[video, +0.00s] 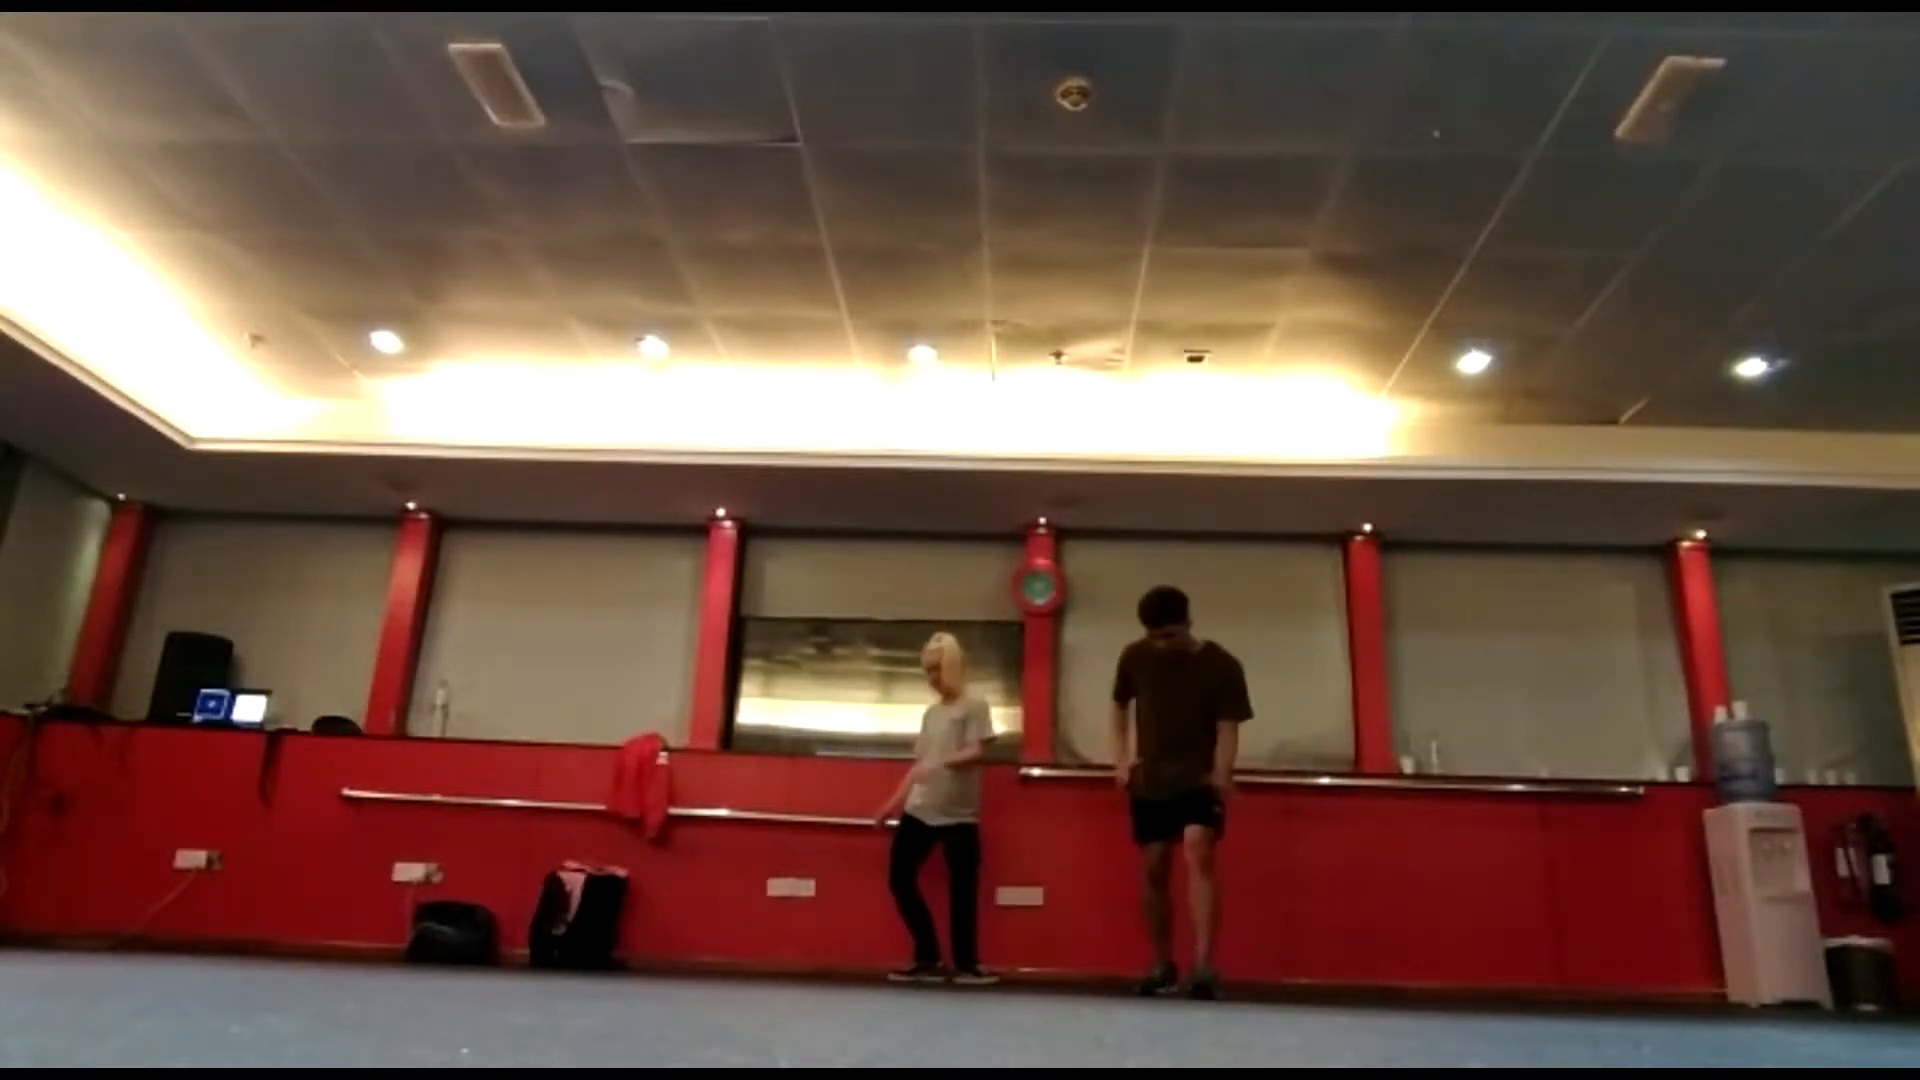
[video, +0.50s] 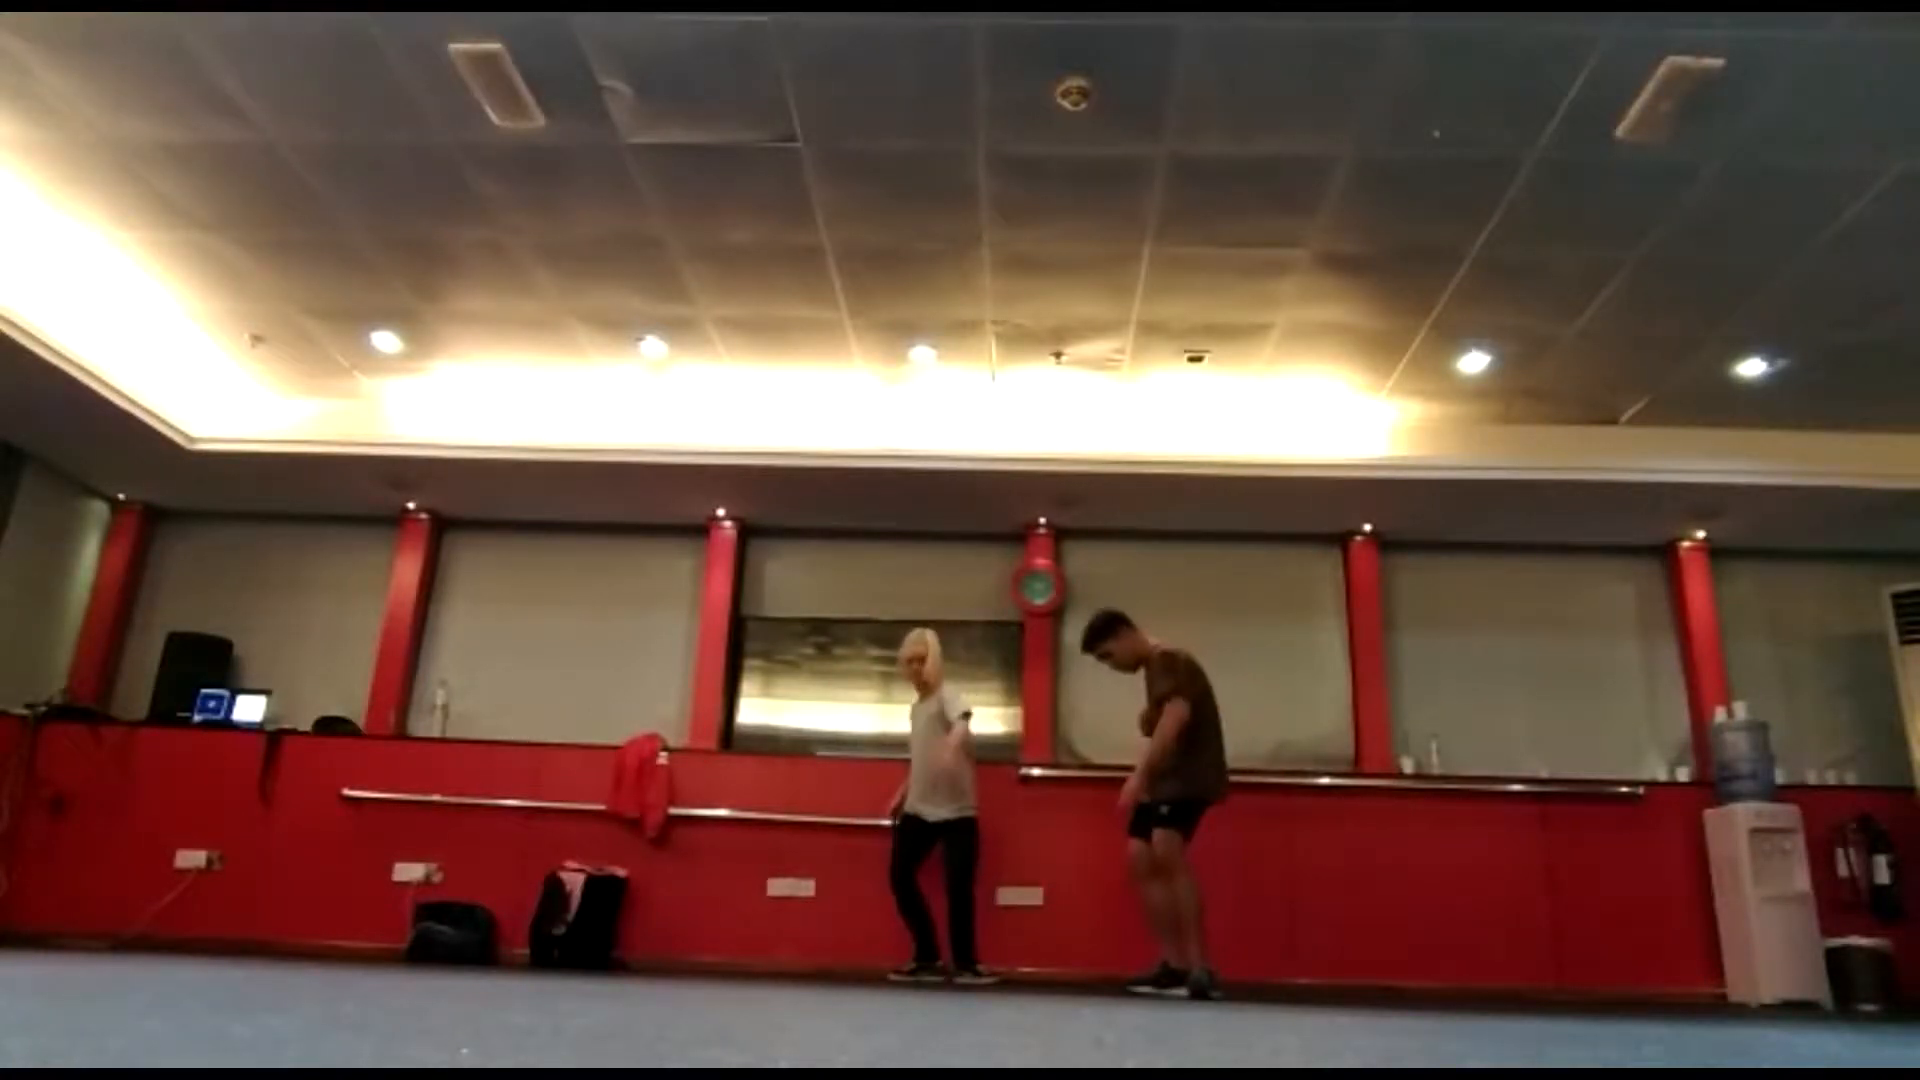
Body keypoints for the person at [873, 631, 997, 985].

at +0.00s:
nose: (930, 677)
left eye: (936, 669)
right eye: (927, 670)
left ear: (954, 667)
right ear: (926, 671)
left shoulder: (974, 707)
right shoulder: (931, 713)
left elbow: (978, 751)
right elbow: (919, 766)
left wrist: (939, 765)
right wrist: (892, 804)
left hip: (959, 817)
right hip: (921, 813)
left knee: (963, 893)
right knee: (901, 879)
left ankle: (964, 963)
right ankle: (927, 958)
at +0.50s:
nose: (914, 670)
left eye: (920, 661)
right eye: (908, 663)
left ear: (935, 661)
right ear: (902, 666)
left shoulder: (949, 699)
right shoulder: (918, 708)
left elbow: (963, 724)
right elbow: (920, 762)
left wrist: (950, 750)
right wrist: (900, 796)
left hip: (956, 811)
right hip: (920, 811)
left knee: (959, 890)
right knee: (901, 876)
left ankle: (964, 962)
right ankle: (926, 957)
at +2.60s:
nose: (964, 668)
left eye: (970, 660)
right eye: (958, 662)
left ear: (985, 662)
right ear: (951, 668)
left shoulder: (998, 708)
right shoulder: (959, 702)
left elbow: (993, 756)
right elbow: (958, 745)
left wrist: (947, 777)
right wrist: (948, 766)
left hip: (985, 811)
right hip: (949, 803)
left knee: (991, 883)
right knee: (913, 862)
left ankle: (977, 958)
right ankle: (911, 946)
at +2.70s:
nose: (958, 661)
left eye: (964, 653)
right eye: (951, 655)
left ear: (978, 654)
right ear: (945, 661)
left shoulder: (994, 698)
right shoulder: (954, 697)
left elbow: (994, 748)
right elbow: (962, 742)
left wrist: (955, 760)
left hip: (987, 802)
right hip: (950, 796)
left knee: (989, 879)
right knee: (912, 850)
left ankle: (977, 957)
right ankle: (910, 935)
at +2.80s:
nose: (951, 654)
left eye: (958, 646)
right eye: (944, 647)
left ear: (971, 649)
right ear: (936, 654)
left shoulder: (988, 688)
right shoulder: (947, 694)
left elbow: (991, 740)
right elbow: (961, 735)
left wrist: (949, 747)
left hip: (983, 796)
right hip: (946, 790)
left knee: (986, 877)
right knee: (913, 849)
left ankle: (976, 955)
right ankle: (912, 935)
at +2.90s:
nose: (951, 656)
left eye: (957, 649)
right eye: (943, 650)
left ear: (969, 652)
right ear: (933, 657)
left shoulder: (985, 687)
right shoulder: (939, 697)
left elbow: (990, 732)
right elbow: (950, 736)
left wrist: (952, 749)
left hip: (978, 799)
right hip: (939, 796)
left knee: (986, 874)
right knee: (915, 861)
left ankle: (977, 957)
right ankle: (911, 947)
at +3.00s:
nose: (940, 672)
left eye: (946, 665)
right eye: (933, 666)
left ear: (960, 668)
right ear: (924, 671)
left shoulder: (974, 703)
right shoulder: (926, 714)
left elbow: (992, 738)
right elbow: (925, 763)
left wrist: (973, 777)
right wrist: (907, 803)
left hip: (967, 817)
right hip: (927, 815)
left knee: (990, 879)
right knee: (914, 885)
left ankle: (977, 961)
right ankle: (912, 959)